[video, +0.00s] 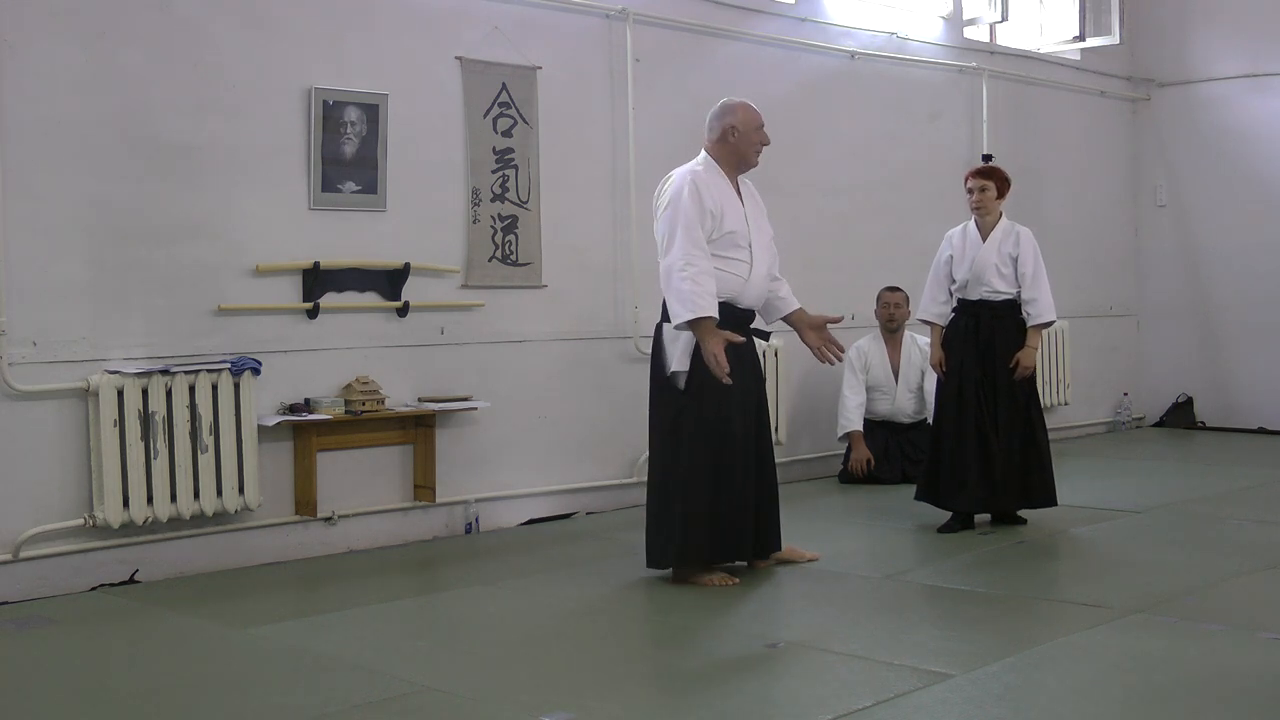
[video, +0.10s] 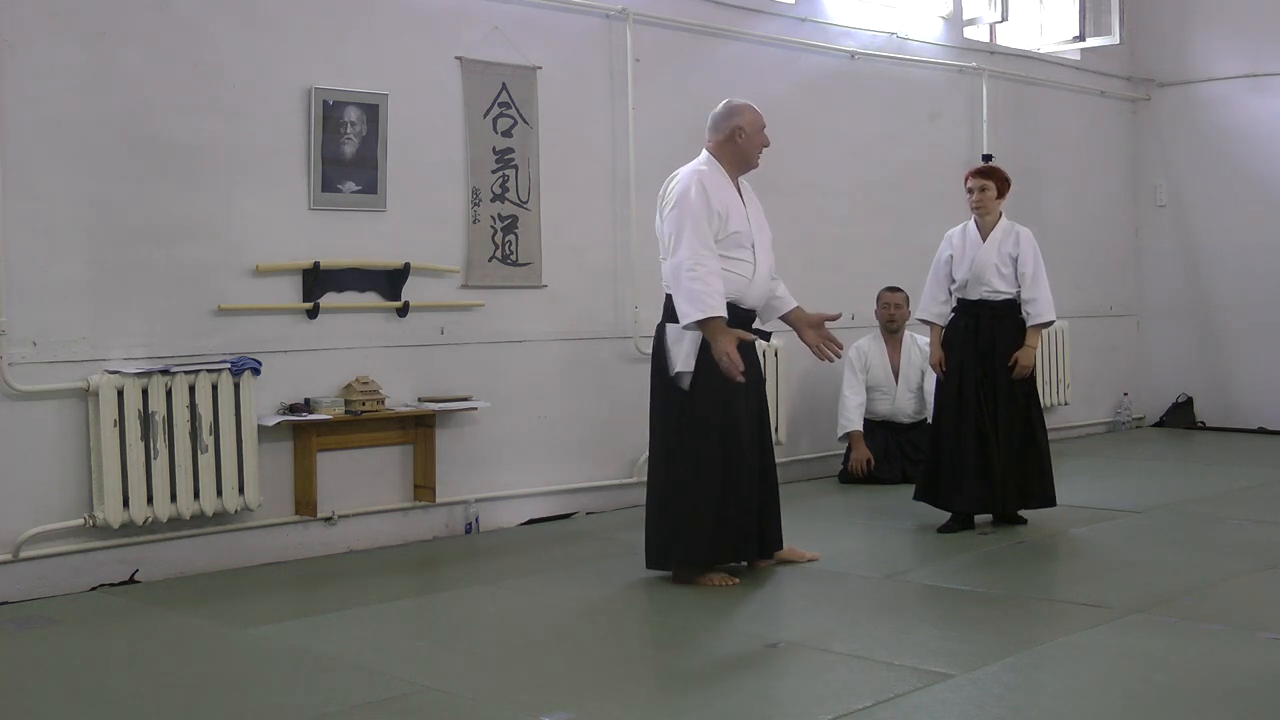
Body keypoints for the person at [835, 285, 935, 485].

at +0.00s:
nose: (891, 312)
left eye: (898, 306)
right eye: (885, 306)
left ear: (908, 313)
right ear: (876, 313)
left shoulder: (926, 348)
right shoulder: (860, 351)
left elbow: (934, 396)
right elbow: (851, 398)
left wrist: (941, 435)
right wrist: (857, 442)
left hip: (916, 430)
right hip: (875, 430)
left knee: (934, 473)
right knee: (855, 472)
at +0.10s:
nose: (891, 312)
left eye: (898, 307)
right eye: (885, 307)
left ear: (908, 313)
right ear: (876, 313)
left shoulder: (926, 348)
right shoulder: (860, 350)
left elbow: (934, 396)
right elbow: (851, 398)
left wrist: (941, 435)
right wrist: (857, 443)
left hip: (916, 430)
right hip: (874, 431)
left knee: (934, 473)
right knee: (855, 472)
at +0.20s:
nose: (892, 313)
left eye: (898, 307)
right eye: (886, 307)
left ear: (908, 313)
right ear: (876, 313)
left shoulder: (926, 348)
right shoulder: (861, 350)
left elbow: (934, 396)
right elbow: (851, 398)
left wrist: (940, 436)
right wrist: (857, 443)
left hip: (916, 430)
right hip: (875, 430)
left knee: (934, 473)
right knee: (855, 472)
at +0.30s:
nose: (891, 313)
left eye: (898, 307)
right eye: (886, 307)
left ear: (908, 314)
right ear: (876, 313)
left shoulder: (926, 348)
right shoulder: (861, 350)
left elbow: (935, 396)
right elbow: (852, 398)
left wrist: (943, 436)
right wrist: (857, 443)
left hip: (916, 430)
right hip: (874, 431)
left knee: (934, 473)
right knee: (855, 472)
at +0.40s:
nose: (892, 313)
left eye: (898, 308)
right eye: (886, 308)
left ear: (909, 314)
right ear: (876, 313)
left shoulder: (926, 348)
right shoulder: (861, 350)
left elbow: (935, 396)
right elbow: (852, 398)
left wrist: (945, 436)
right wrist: (857, 443)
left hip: (916, 430)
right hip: (875, 431)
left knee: (938, 471)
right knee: (856, 472)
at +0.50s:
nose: (891, 314)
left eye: (898, 308)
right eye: (885, 308)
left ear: (908, 314)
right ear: (876, 313)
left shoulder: (926, 349)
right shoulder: (861, 350)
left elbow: (936, 397)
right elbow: (852, 398)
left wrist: (945, 437)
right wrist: (857, 443)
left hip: (916, 430)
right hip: (875, 430)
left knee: (936, 471)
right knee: (856, 471)